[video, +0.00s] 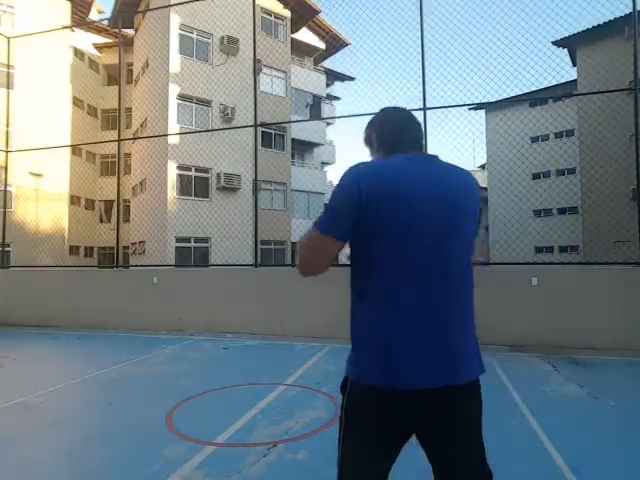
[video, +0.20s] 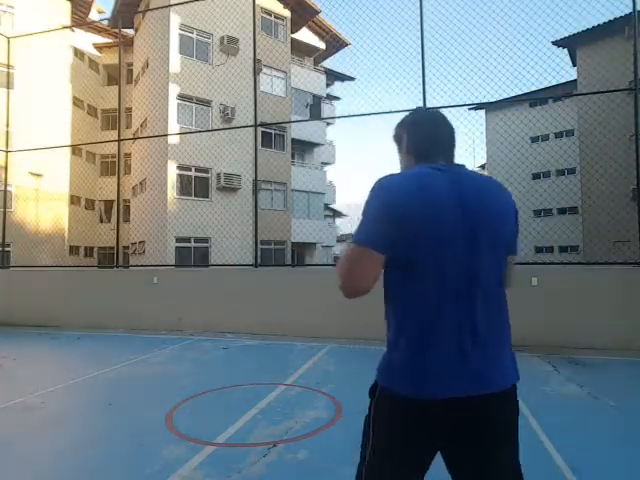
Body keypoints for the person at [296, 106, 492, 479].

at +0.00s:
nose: (369, 152)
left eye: (368, 145)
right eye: (367, 146)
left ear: (375, 142)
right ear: (419, 141)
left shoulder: (363, 178)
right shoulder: (465, 183)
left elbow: (309, 263)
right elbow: (460, 255)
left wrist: (338, 222)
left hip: (380, 380)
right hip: (455, 378)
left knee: (359, 474)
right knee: (468, 473)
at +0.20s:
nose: (398, 156)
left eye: (397, 147)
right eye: (397, 148)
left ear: (405, 146)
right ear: (451, 147)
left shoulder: (393, 191)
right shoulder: (498, 194)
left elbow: (354, 282)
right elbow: (501, 274)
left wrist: (347, 253)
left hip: (410, 394)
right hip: (490, 393)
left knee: (383, 473)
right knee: (499, 474)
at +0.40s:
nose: (418, 144)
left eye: (418, 135)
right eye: (418, 135)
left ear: (428, 132)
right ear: (473, 134)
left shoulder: (417, 179)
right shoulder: (521, 181)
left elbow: (375, 267)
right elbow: (529, 256)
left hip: (432, 381)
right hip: (512, 381)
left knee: (411, 473)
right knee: (519, 474)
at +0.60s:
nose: (439, 148)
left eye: (440, 139)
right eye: (440, 139)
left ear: (449, 139)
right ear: (494, 142)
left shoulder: (424, 181)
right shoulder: (532, 196)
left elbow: (380, 265)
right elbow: (521, 262)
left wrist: (412, 238)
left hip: (433, 384)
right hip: (509, 385)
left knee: (419, 473)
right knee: (516, 473)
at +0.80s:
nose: (431, 152)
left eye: (432, 144)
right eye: (432, 144)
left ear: (440, 146)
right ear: (483, 150)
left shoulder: (414, 186)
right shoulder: (516, 202)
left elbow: (368, 263)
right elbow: (504, 263)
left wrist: (410, 243)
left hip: (415, 379)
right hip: (489, 383)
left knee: (384, 472)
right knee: (500, 474)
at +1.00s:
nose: (394, 165)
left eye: (394, 158)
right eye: (394, 157)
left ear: (402, 160)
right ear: (441, 161)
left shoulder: (380, 204)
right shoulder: (469, 214)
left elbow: (342, 277)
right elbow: (455, 267)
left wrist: (346, 244)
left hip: (387, 381)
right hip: (454, 383)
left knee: (356, 472)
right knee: (470, 473)